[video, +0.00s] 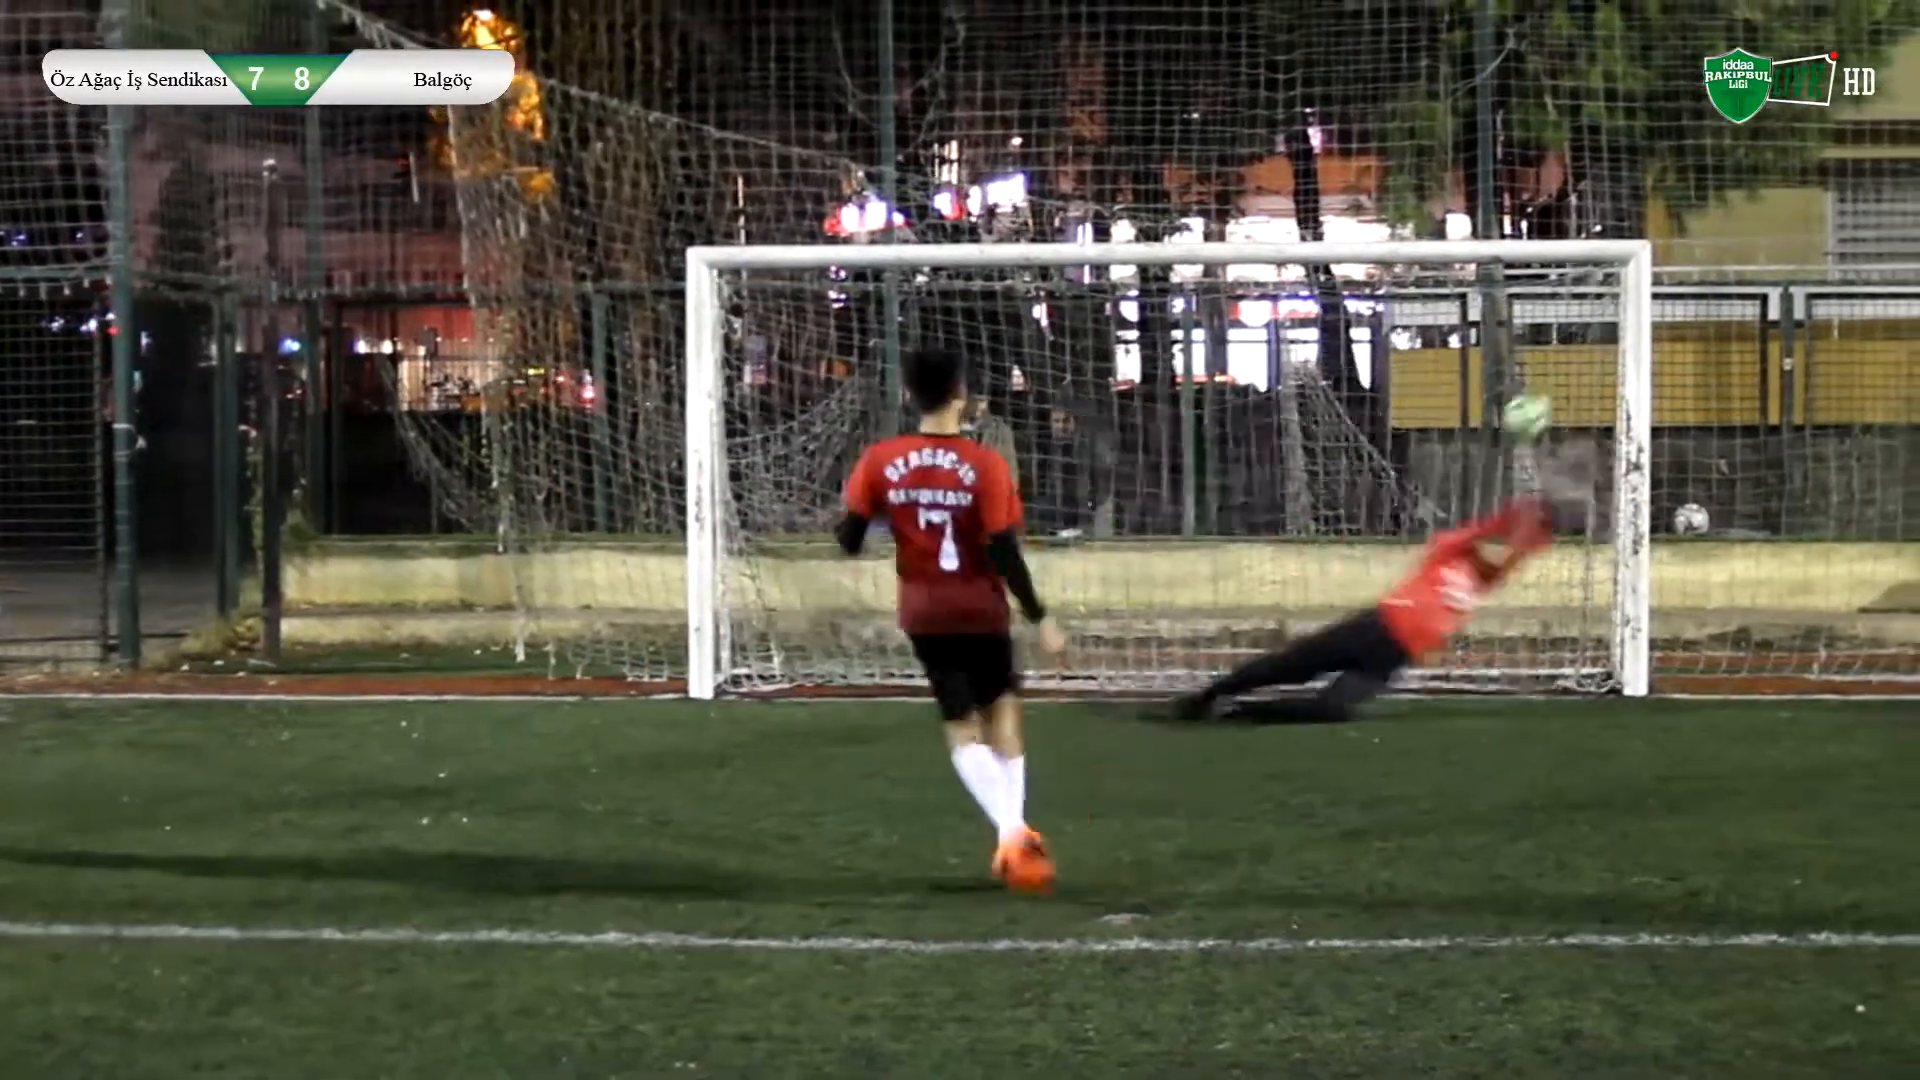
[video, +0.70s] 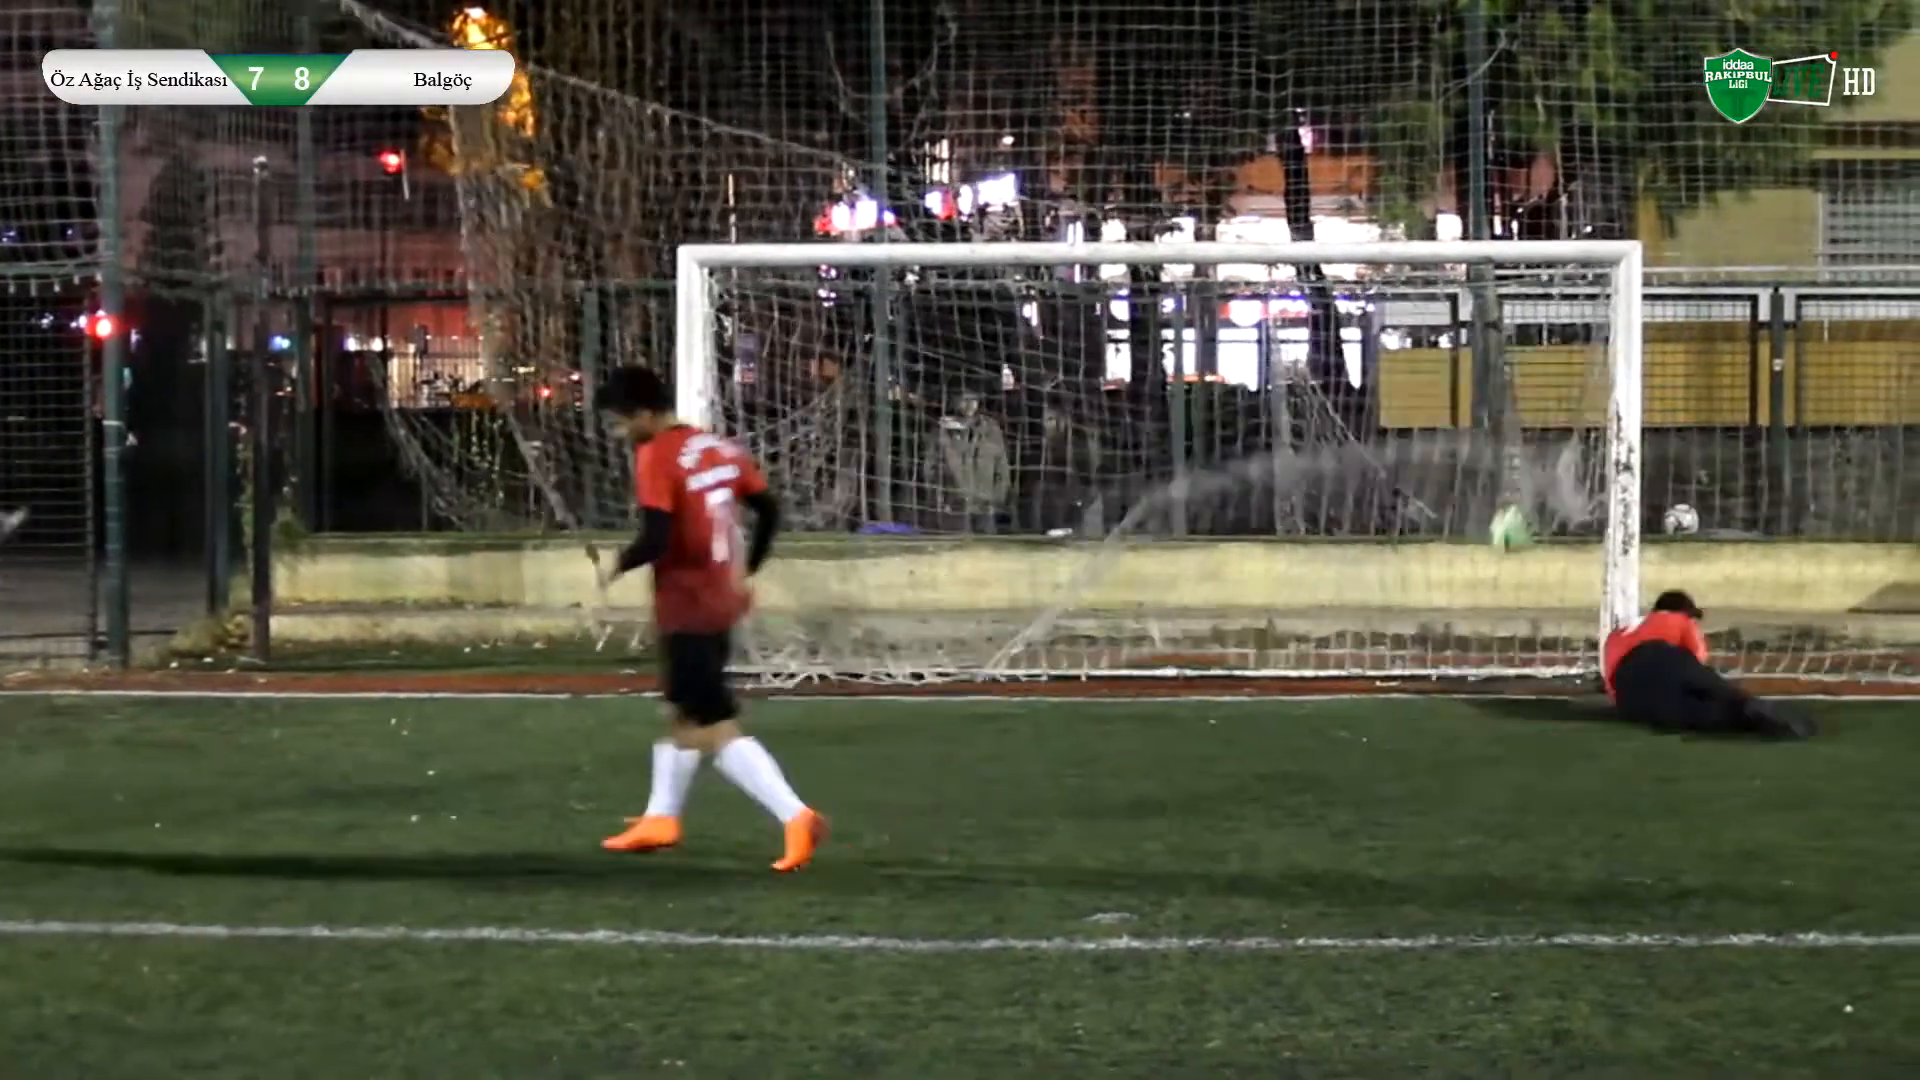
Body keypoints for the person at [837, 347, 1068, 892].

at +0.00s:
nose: (969, 399)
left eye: (962, 390)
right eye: (968, 390)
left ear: (911, 397)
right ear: (961, 395)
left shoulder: (882, 458)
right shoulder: (985, 463)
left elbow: (848, 539)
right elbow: (1002, 549)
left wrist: (875, 502)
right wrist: (1041, 617)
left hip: (924, 619)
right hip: (982, 617)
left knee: (961, 730)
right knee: (1003, 714)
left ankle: (1013, 829)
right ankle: (1011, 837)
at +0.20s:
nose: (908, 399)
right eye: (906, 391)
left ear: (855, 400)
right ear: (903, 397)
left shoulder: (841, 467)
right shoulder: (945, 447)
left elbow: (833, 551)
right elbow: (999, 504)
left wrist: (798, 609)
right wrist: (1046, 538)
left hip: (890, 622)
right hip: (954, 617)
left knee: (864, 720)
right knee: (979, 725)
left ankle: (871, 838)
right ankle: (1013, 845)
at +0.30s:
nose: (840, 400)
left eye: (813, 399)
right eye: (842, 390)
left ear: (802, 403)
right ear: (846, 394)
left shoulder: (798, 467)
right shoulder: (892, 446)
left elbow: (808, 545)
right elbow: (945, 507)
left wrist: (780, 608)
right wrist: (964, 533)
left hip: (842, 621)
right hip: (903, 613)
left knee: (826, 720)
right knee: (941, 718)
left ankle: (838, 844)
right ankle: (990, 821)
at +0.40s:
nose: (765, 411)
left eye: (763, 404)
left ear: (765, 405)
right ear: (807, 395)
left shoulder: (770, 461)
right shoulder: (860, 447)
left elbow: (781, 538)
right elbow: (905, 514)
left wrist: (762, 601)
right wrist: (908, 566)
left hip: (810, 616)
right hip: (864, 610)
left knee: (809, 727)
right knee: (889, 713)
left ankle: (833, 846)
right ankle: (947, 812)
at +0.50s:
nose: (709, 423)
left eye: (707, 412)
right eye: (704, 413)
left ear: (722, 404)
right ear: (749, 394)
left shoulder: (733, 450)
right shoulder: (807, 439)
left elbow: (728, 525)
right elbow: (849, 512)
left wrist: (712, 567)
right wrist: (834, 569)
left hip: (764, 603)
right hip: (811, 594)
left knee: (783, 717)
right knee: (807, 705)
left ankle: (822, 836)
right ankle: (843, 811)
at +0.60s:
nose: (674, 421)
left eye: (674, 410)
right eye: (671, 411)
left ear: (692, 403)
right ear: (714, 398)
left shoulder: (704, 447)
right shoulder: (773, 437)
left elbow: (701, 527)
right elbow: (820, 505)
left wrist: (678, 551)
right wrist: (803, 567)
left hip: (738, 594)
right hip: (781, 587)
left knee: (764, 715)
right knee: (753, 704)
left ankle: (817, 828)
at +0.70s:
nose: (618, 432)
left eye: (620, 420)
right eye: (615, 422)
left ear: (642, 412)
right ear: (659, 408)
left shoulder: (656, 456)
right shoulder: (716, 445)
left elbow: (656, 539)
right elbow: (767, 506)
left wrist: (615, 566)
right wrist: (749, 569)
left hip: (687, 609)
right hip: (721, 602)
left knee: (714, 725)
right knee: (683, 716)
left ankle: (794, 815)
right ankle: (661, 816)